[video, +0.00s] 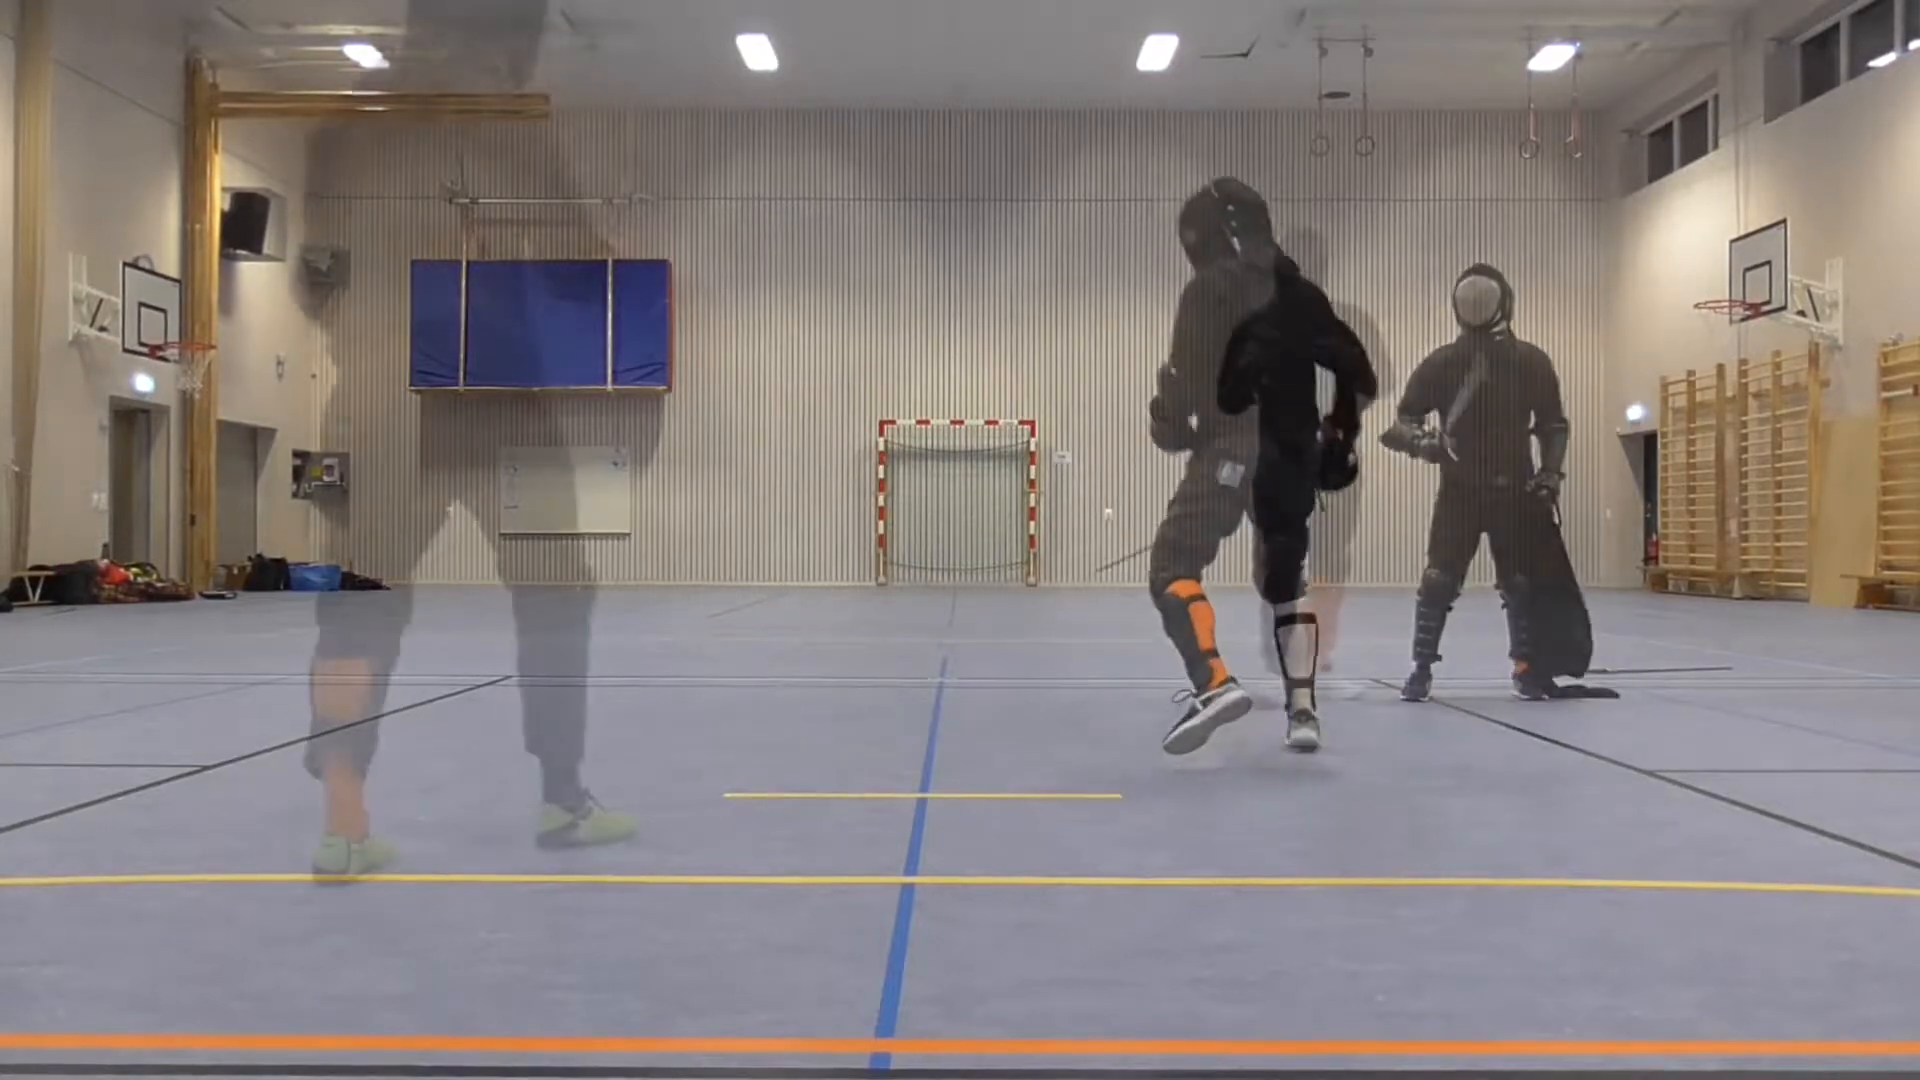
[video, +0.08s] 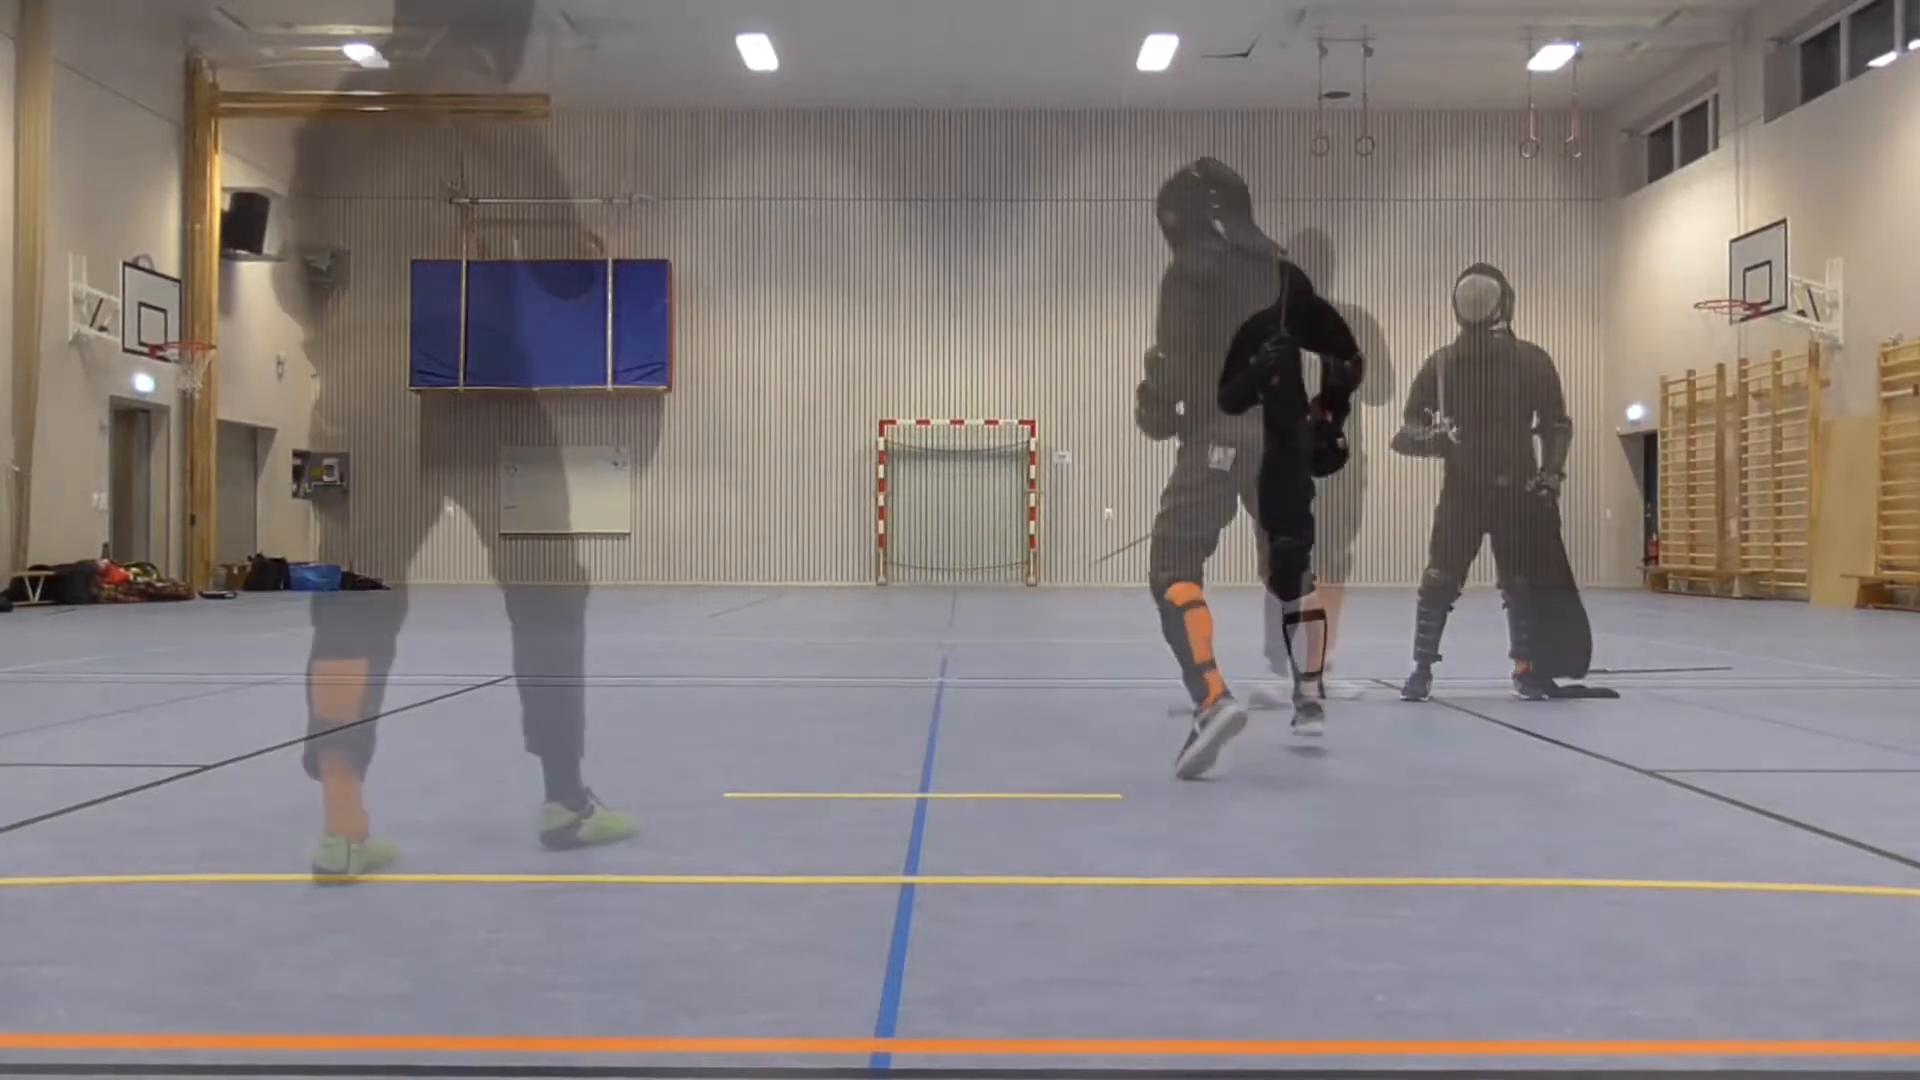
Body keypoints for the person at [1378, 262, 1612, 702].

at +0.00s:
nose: (1476, 311)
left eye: (1485, 301)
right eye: (1467, 302)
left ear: (1504, 304)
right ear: (1457, 308)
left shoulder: (1530, 361)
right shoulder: (1441, 364)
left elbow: (1554, 424)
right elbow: (1401, 425)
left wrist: (1550, 476)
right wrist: (1421, 441)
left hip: (1515, 494)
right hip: (1459, 492)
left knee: (1520, 585)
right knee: (1438, 582)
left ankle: (1527, 669)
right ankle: (1421, 669)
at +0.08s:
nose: (1476, 307)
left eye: (1485, 297)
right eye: (1467, 298)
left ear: (1504, 303)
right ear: (1457, 307)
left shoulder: (1531, 360)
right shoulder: (1441, 364)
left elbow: (1556, 424)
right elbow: (1405, 434)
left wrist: (1550, 477)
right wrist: (1434, 439)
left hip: (1517, 493)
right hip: (1461, 493)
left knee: (1521, 585)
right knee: (1439, 583)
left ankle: (1526, 670)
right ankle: (1421, 669)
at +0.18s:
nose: (1475, 306)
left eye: (1485, 296)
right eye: (1466, 297)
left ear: (1503, 303)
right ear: (1456, 306)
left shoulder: (1530, 360)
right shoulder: (1441, 365)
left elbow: (1558, 423)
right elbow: (1412, 439)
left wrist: (1551, 475)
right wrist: (1439, 433)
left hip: (1518, 493)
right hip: (1463, 494)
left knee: (1522, 586)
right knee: (1439, 582)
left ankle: (1527, 671)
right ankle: (1422, 668)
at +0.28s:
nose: (1473, 304)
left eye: (1483, 293)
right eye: (1464, 294)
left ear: (1500, 302)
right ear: (1452, 304)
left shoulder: (1529, 360)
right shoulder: (1440, 366)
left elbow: (1557, 425)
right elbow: (1414, 441)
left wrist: (1549, 471)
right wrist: (1446, 425)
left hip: (1517, 492)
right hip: (1463, 494)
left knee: (1524, 585)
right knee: (1438, 582)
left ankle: (1527, 669)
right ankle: (1423, 668)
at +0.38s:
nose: (1471, 320)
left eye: (1480, 310)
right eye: (1460, 311)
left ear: (1494, 308)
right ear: (1445, 311)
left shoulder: (1521, 360)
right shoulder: (1432, 367)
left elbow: (1550, 423)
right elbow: (1416, 439)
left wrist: (1542, 476)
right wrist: (1446, 408)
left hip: (1512, 490)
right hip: (1458, 492)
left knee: (1525, 583)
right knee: (1437, 582)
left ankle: (1528, 667)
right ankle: (1422, 668)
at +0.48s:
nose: (1461, 315)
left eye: (1469, 305)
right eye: (1450, 306)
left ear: (1484, 305)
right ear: (1434, 309)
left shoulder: (1511, 360)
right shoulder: (1424, 366)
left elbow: (1539, 422)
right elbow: (1410, 434)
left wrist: (1536, 471)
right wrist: (1449, 402)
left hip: (1505, 485)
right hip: (1449, 487)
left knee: (1519, 582)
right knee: (1431, 581)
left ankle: (1527, 666)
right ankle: (1422, 667)